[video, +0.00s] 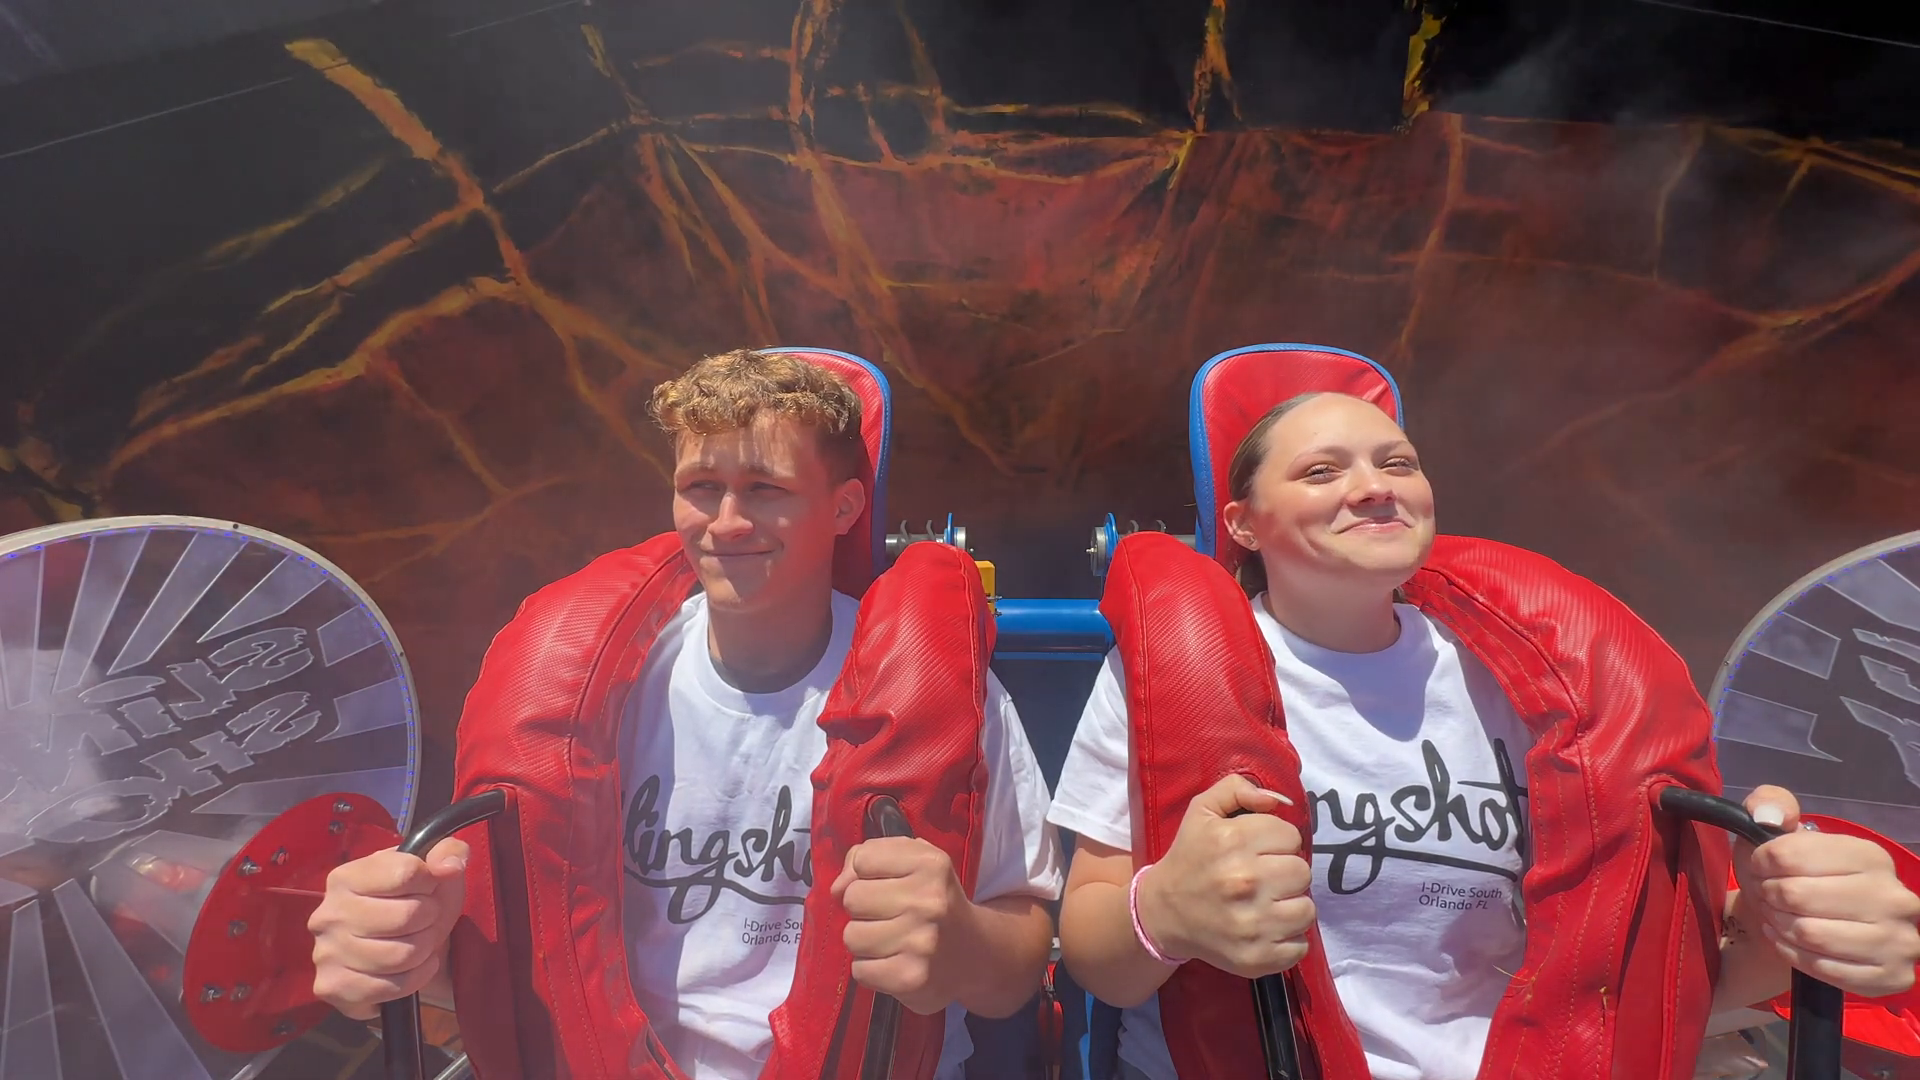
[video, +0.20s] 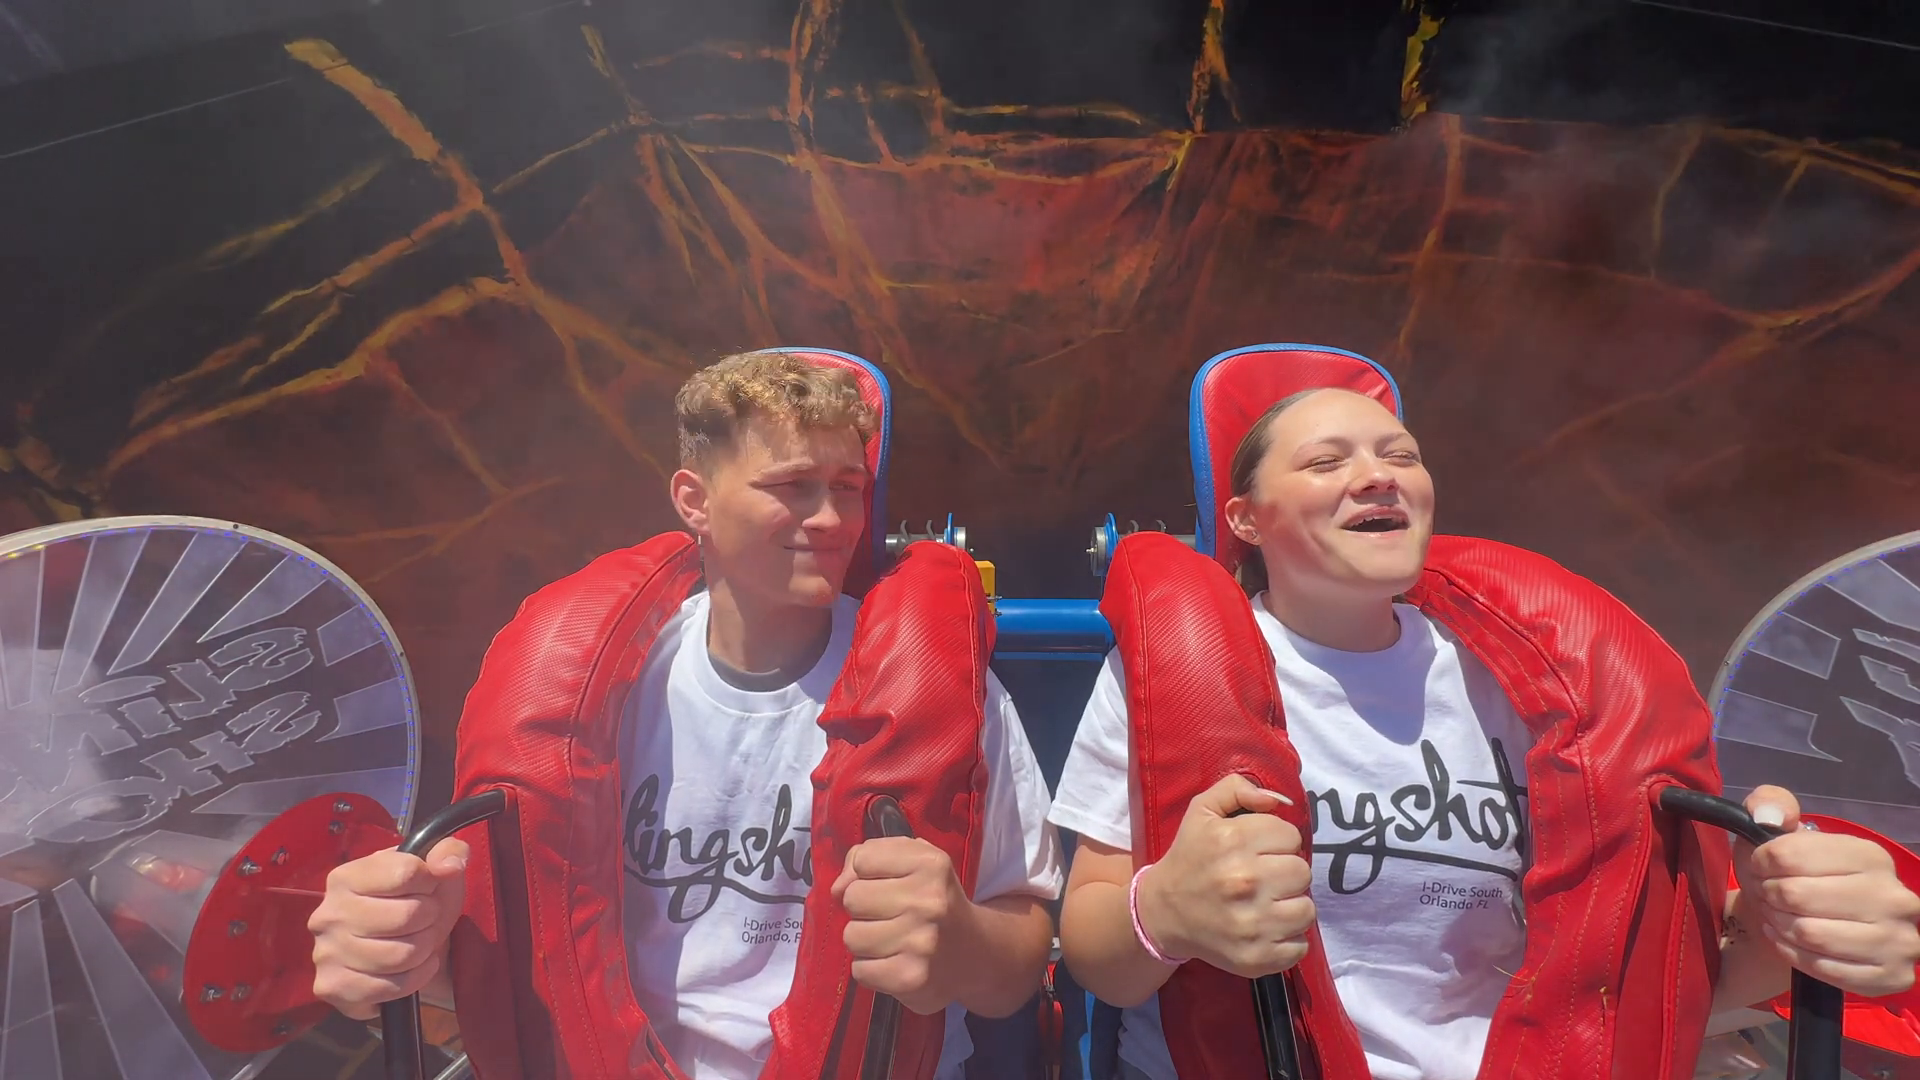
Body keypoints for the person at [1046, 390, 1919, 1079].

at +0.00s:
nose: (1374, 486)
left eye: (1394, 459)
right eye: (1321, 470)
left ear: (1428, 488)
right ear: (1241, 523)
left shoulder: (1533, 659)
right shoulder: (1171, 661)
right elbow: (1088, 956)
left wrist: (1758, 903)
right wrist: (1159, 913)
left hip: (1510, 1058)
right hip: (1285, 1059)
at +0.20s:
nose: (1376, 476)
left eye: (1393, 450)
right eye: (1323, 459)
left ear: (1429, 484)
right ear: (1243, 519)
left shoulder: (1534, 663)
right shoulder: (1173, 662)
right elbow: (1089, 957)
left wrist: (1768, 903)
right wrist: (1159, 913)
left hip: (1507, 1068)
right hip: (1279, 1067)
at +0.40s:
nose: (1381, 470)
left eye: (1397, 445)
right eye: (1327, 454)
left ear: (1431, 480)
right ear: (1244, 516)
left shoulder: (1534, 665)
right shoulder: (1172, 663)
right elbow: (1089, 954)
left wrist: (1760, 906)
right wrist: (1158, 914)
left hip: (1505, 1067)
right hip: (1280, 1066)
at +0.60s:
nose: (1381, 467)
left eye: (1397, 445)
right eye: (1326, 455)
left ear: (1432, 480)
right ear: (1244, 519)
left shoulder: (1530, 663)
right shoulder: (1173, 663)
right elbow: (1089, 951)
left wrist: (1762, 904)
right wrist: (1158, 914)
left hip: (1506, 1066)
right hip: (1283, 1065)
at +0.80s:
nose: (1382, 470)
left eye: (1399, 446)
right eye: (1328, 453)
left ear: (1433, 483)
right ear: (1244, 516)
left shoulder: (1535, 665)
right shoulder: (1171, 663)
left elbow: (1642, 946)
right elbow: (1090, 954)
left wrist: (1760, 909)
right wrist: (1157, 914)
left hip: (1507, 1067)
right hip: (1281, 1065)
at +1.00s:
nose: (1384, 467)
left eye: (1399, 444)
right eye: (1329, 453)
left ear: (1433, 482)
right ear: (1245, 515)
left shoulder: (1531, 665)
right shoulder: (1174, 662)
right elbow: (1088, 953)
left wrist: (1770, 918)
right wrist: (1158, 914)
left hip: (1506, 1067)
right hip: (1283, 1065)